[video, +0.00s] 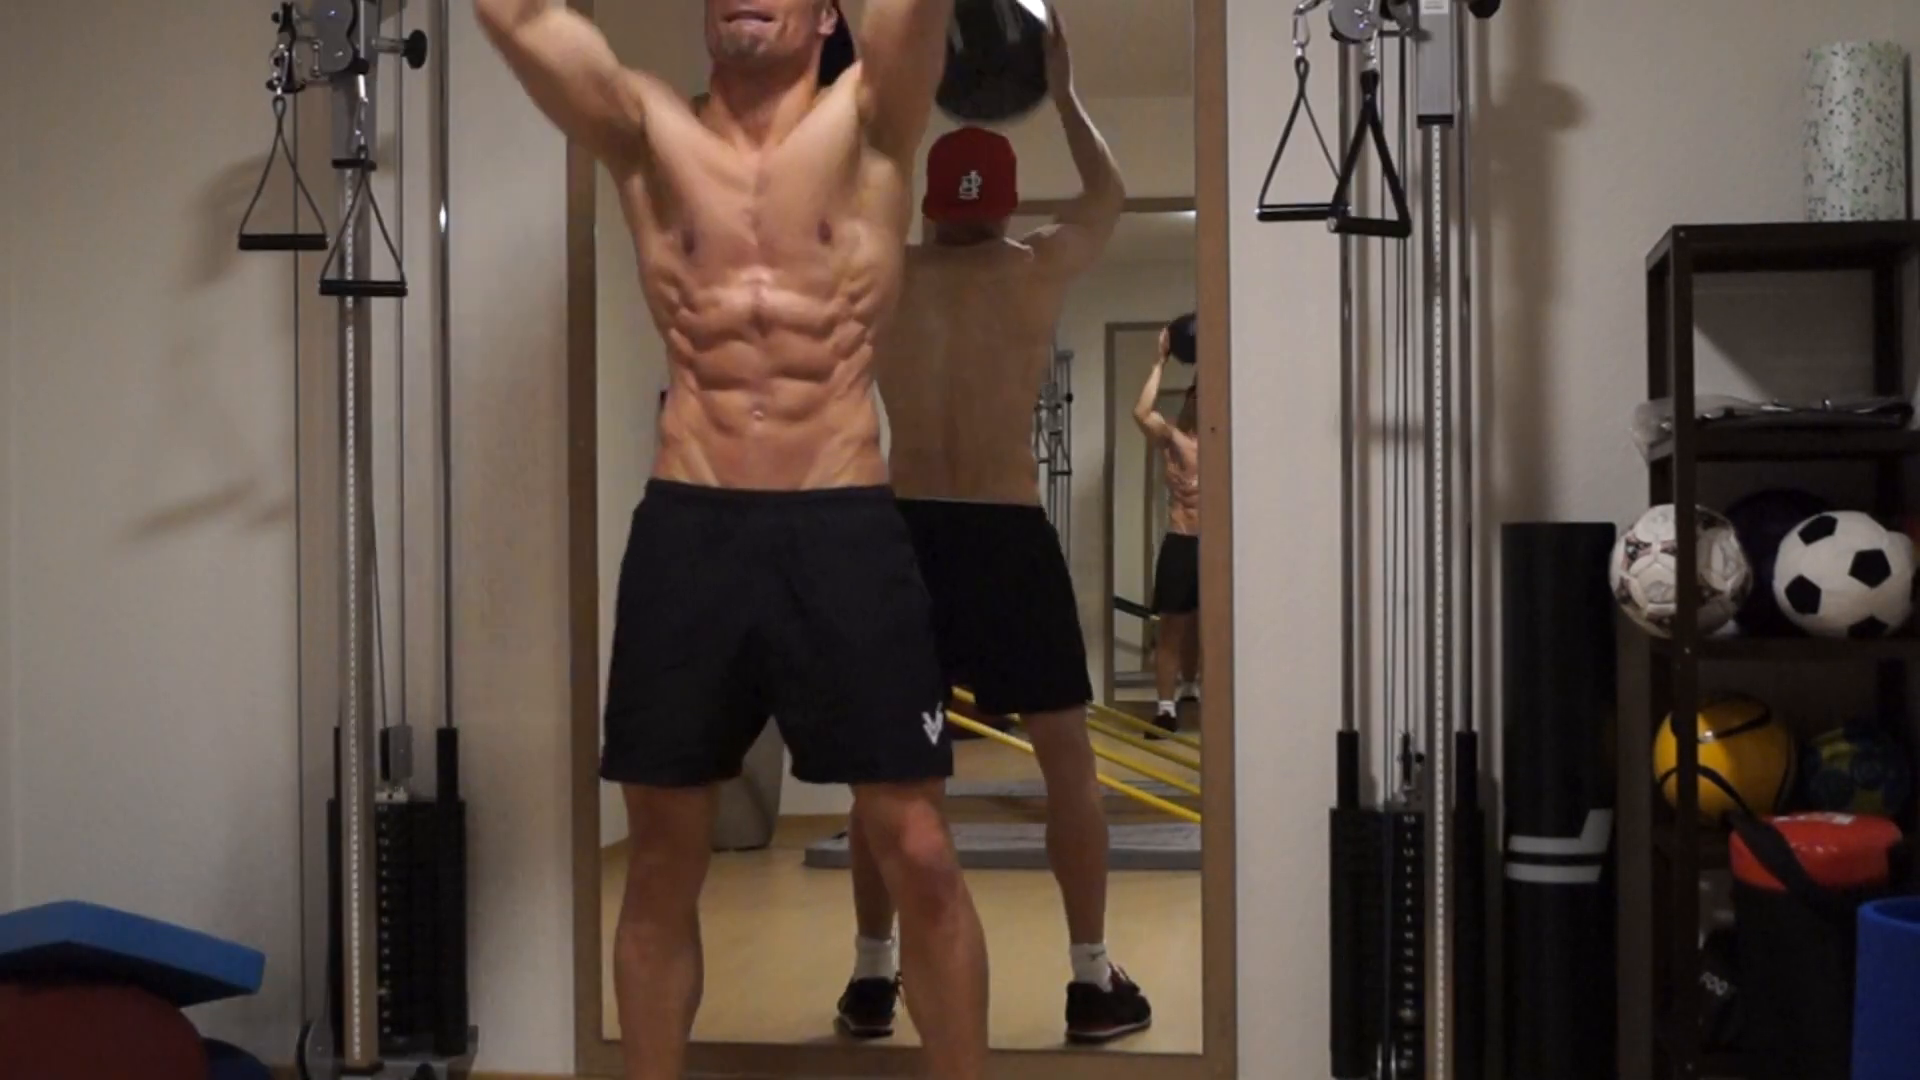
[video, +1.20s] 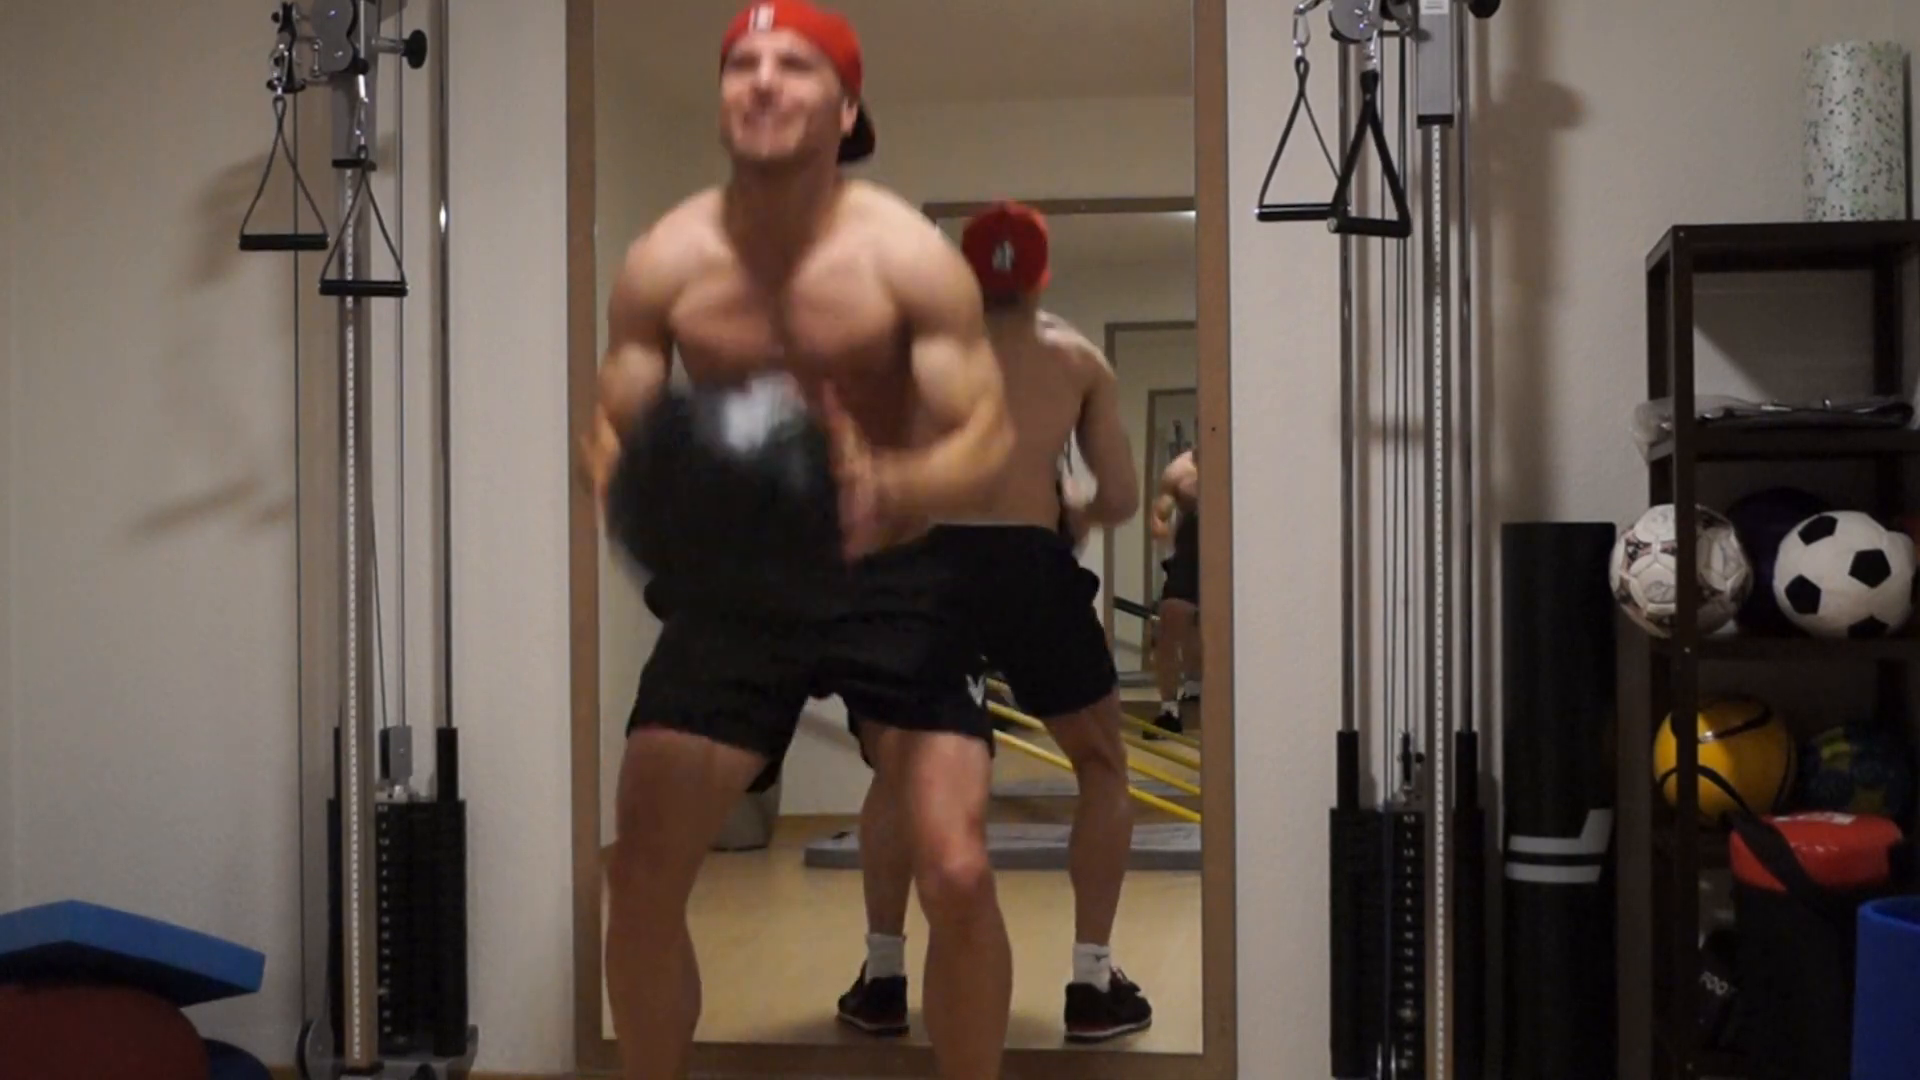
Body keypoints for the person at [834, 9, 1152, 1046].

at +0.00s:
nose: (983, 203)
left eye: (964, 190)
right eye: (993, 192)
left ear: (925, 201)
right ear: (1008, 206)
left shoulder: (882, 268)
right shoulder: (1039, 272)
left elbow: (855, 189)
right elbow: (1105, 197)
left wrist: (880, 103)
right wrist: (1068, 101)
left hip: (903, 536)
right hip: (1012, 540)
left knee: (883, 778)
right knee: (1068, 768)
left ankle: (873, 972)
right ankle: (1091, 975)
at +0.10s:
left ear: (930, 203)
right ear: (1020, 207)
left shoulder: (887, 274)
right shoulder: (1045, 277)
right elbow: (1129, 268)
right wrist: (1079, 188)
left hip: (904, 541)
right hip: (1017, 542)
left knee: (886, 773)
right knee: (1080, 755)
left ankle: (875, 973)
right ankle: (1092, 976)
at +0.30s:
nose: (1017, 276)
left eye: (989, 259)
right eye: (1023, 263)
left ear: (956, 264)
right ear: (1032, 270)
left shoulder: (910, 341)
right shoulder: (1066, 352)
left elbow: (864, 458)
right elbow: (1112, 492)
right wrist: (1078, 504)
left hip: (912, 576)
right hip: (1023, 578)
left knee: (878, 769)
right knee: (1105, 763)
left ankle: (881, 970)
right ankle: (1094, 977)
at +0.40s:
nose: (1024, 335)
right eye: (1030, 323)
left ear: (959, 321)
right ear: (1039, 325)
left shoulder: (916, 393)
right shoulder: (1067, 403)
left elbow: (880, 527)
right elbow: (1094, 559)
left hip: (918, 603)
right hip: (1024, 607)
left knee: (871, 780)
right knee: (1112, 768)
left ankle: (881, 976)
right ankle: (1093, 977)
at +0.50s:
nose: (1045, 421)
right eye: (1046, 411)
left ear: (972, 416)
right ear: (1045, 417)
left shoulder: (929, 474)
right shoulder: (1070, 486)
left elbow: (894, 598)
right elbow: (1086, 634)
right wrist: (1082, 748)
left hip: (922, 647)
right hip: (1019, 648)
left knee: (862, 799)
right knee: (1126, 771)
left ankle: (876, 975)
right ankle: (1096, 980)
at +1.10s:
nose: (1028, 342)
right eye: (1038, 328)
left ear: (975, 328)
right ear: (1052, 332)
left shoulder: (934, 397)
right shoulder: (1079, 404)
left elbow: (886, 519)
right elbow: (1109, 545)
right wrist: (1071, 616)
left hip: (926, 588)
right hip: (1028, 594)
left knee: (889, 775)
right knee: (1110, 766)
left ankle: (881, 975)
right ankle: (1093, 977)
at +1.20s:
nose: (1027, 281)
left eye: (997, 267)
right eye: (1033, 267)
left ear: (965, 273)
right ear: (1044, 275)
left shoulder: (922, 351)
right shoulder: (1076, 358)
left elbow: (867, 464)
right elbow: (1122, 498)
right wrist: (1075, 512)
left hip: (922, 566)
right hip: (1031, 569)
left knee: (896, 770)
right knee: (1101, 765)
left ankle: (882, 971)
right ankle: (1092, 977)